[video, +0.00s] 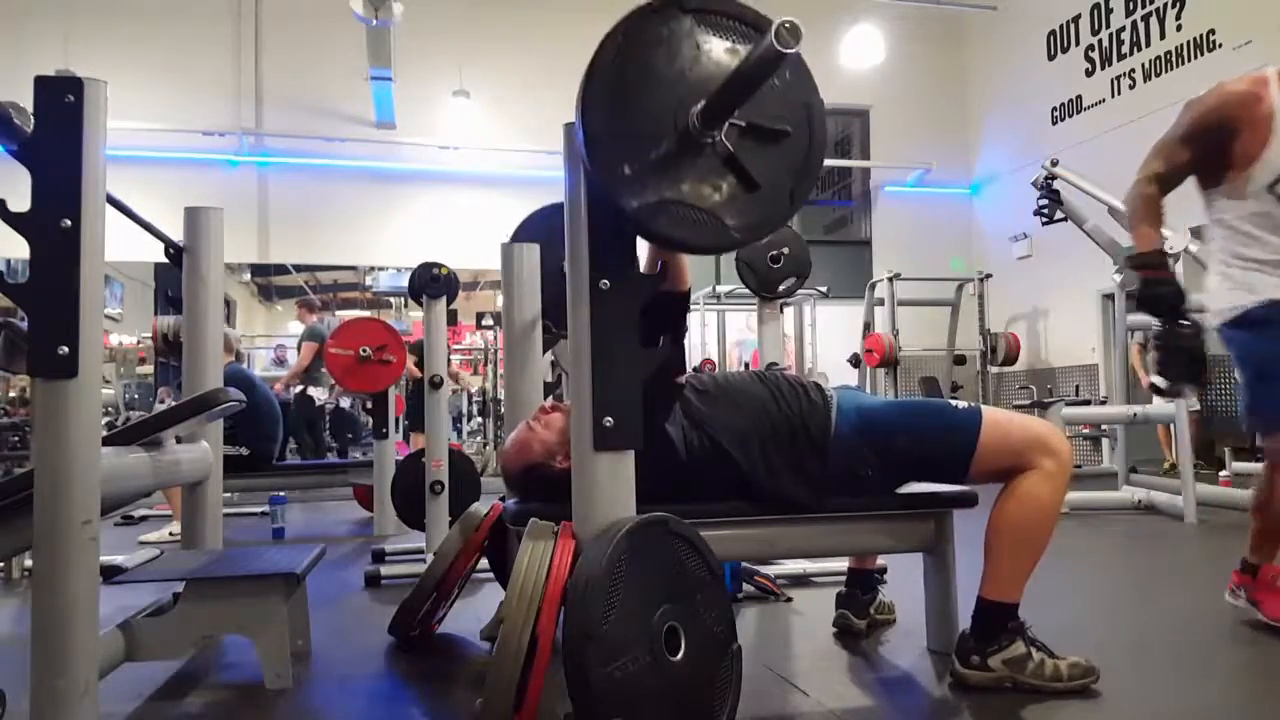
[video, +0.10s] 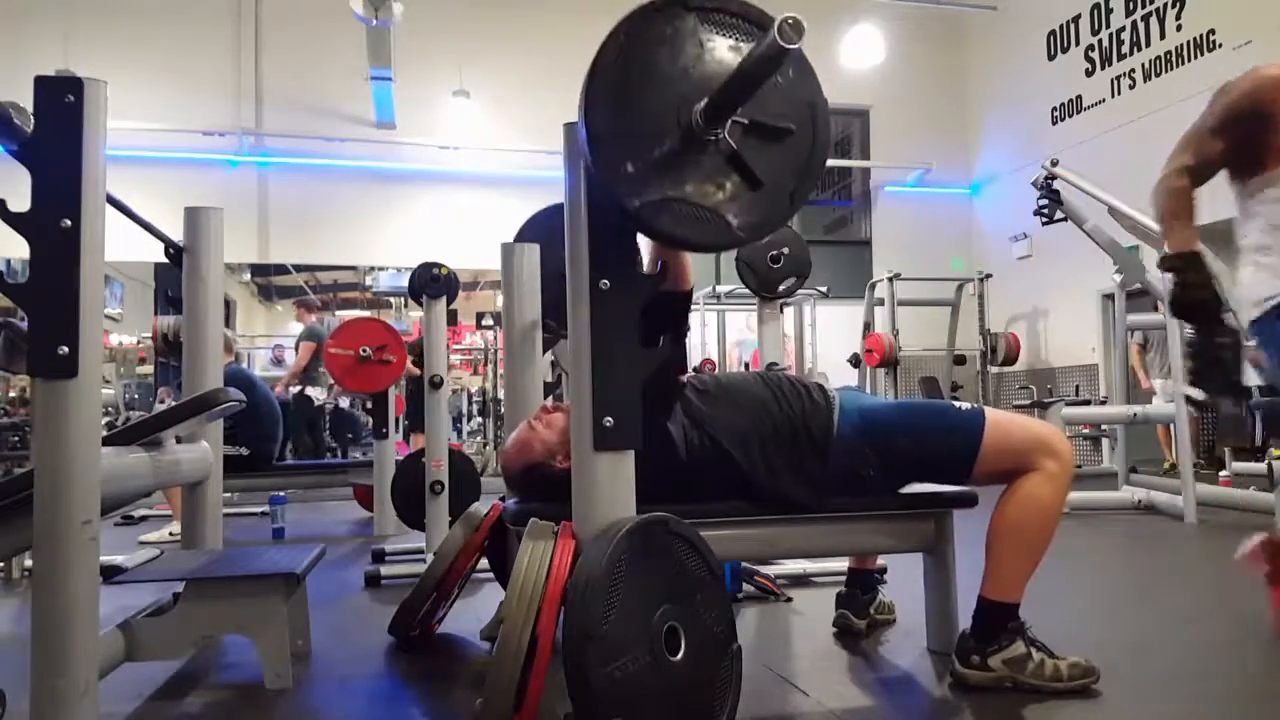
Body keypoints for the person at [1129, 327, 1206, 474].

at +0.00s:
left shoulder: (1190, 324)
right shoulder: (1148, 322)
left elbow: (1200, 353)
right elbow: (1136, 350)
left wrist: (1202, 378)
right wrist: (1143, 377)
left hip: (1188, 379)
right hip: (1162, 379)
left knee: (1192, 417)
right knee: (1163, 420)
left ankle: (1191, 457)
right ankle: (1169, 459)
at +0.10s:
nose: (1168, 309)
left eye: (1170, 305)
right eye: (1164, 305)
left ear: (1175, 307)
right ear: (1158, 306)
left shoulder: (1182, 324)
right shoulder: (1147, 325)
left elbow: (1192, 351)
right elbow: (1136, 352)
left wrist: (1193, 374)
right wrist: (1144, 378)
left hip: (1184, 378)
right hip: (1160, 379)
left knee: (1191, 419)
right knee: (1162, 421)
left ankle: (1193, 456)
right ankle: (1169, 458)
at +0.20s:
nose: (1168, 308)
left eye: (1170, 304)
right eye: (1164, 304)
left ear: (1174, 306)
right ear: (1157, 306)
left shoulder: (1181, 323)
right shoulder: (1146, 325)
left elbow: (1194, 350)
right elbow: (1135, 352)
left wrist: (1197, 376)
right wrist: (1143, 378)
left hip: (1183, 378)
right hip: (1159, 379)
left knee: (1194, 414)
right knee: (1162, 420)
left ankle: (1193, 455)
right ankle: (1169, 459)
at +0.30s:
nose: (1168, 307)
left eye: (1171, 304)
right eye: (1164, 304)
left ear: (1176, 306)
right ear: (1157, 306)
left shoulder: (1183, 322)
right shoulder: (1147, 325)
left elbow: (1194, 350)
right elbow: (1136, 352)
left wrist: (1197, 375)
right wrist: (1143, 378)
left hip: (1183, 377)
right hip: (1159, 379)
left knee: (1193, 413)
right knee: (1162, 420)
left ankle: (1193, 456)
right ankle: (1168, 459)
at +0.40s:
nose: (1169, 309)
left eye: (1172, 305)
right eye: (1166, 305)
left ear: (1177, 306)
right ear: (1159, 307)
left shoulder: (1184, 322)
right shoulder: (1147, 325)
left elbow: (1194, 349)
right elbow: (1137, 352)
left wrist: (1198, 375)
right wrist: (1143, 378)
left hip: (1184, 377)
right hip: (1159, 379)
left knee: (1193, 414)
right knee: (1162, 420)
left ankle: (1194, 456)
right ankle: (1169, 459)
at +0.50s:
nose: (1169, 308)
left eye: (1172, 304)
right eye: (1165, 305)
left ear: (1177, 305)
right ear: (1159, 307)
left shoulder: (1186, 321)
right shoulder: (1149, 324)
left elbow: (1196, 350)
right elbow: (1138, 351)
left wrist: (1199, 375)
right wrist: (1144, 379)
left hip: (1185, 377)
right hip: (1160, 379)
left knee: (1193, 413)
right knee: (1163, 419)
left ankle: (1194, 458)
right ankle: (1169, 459)